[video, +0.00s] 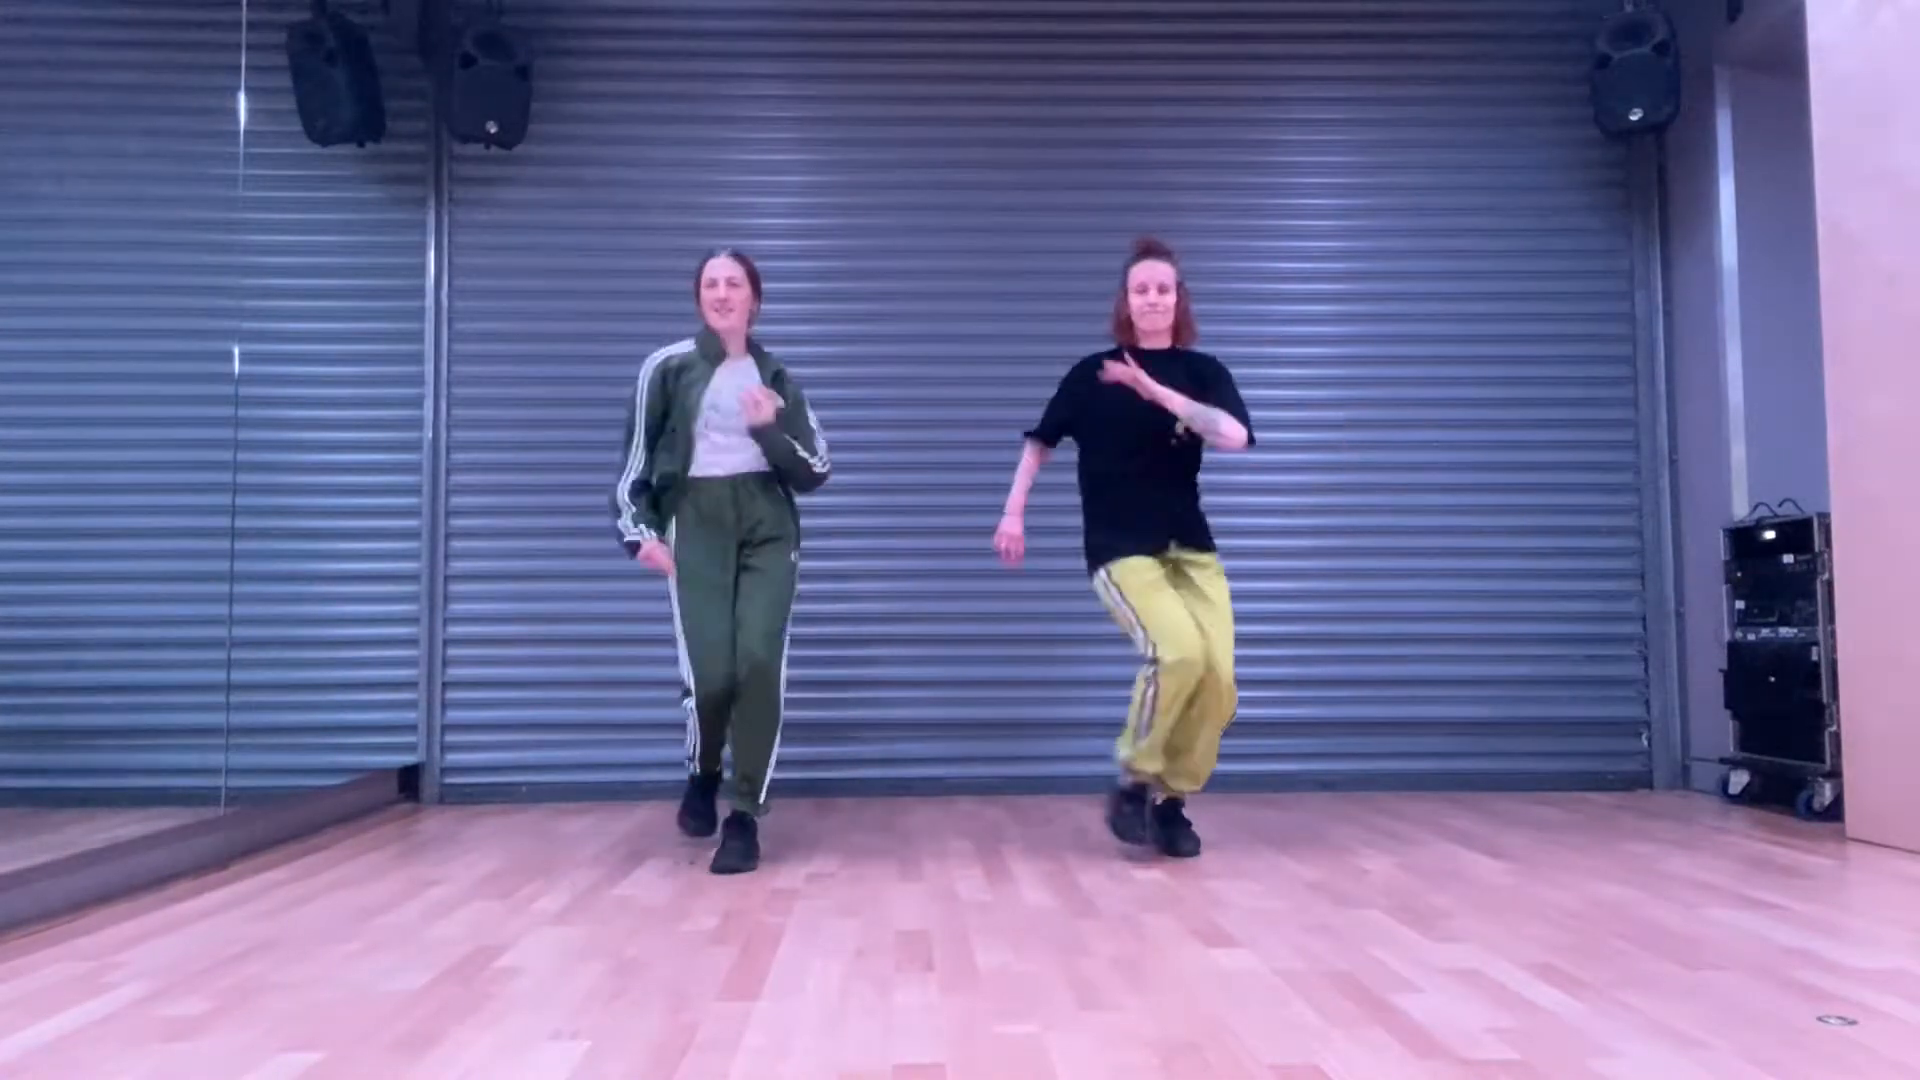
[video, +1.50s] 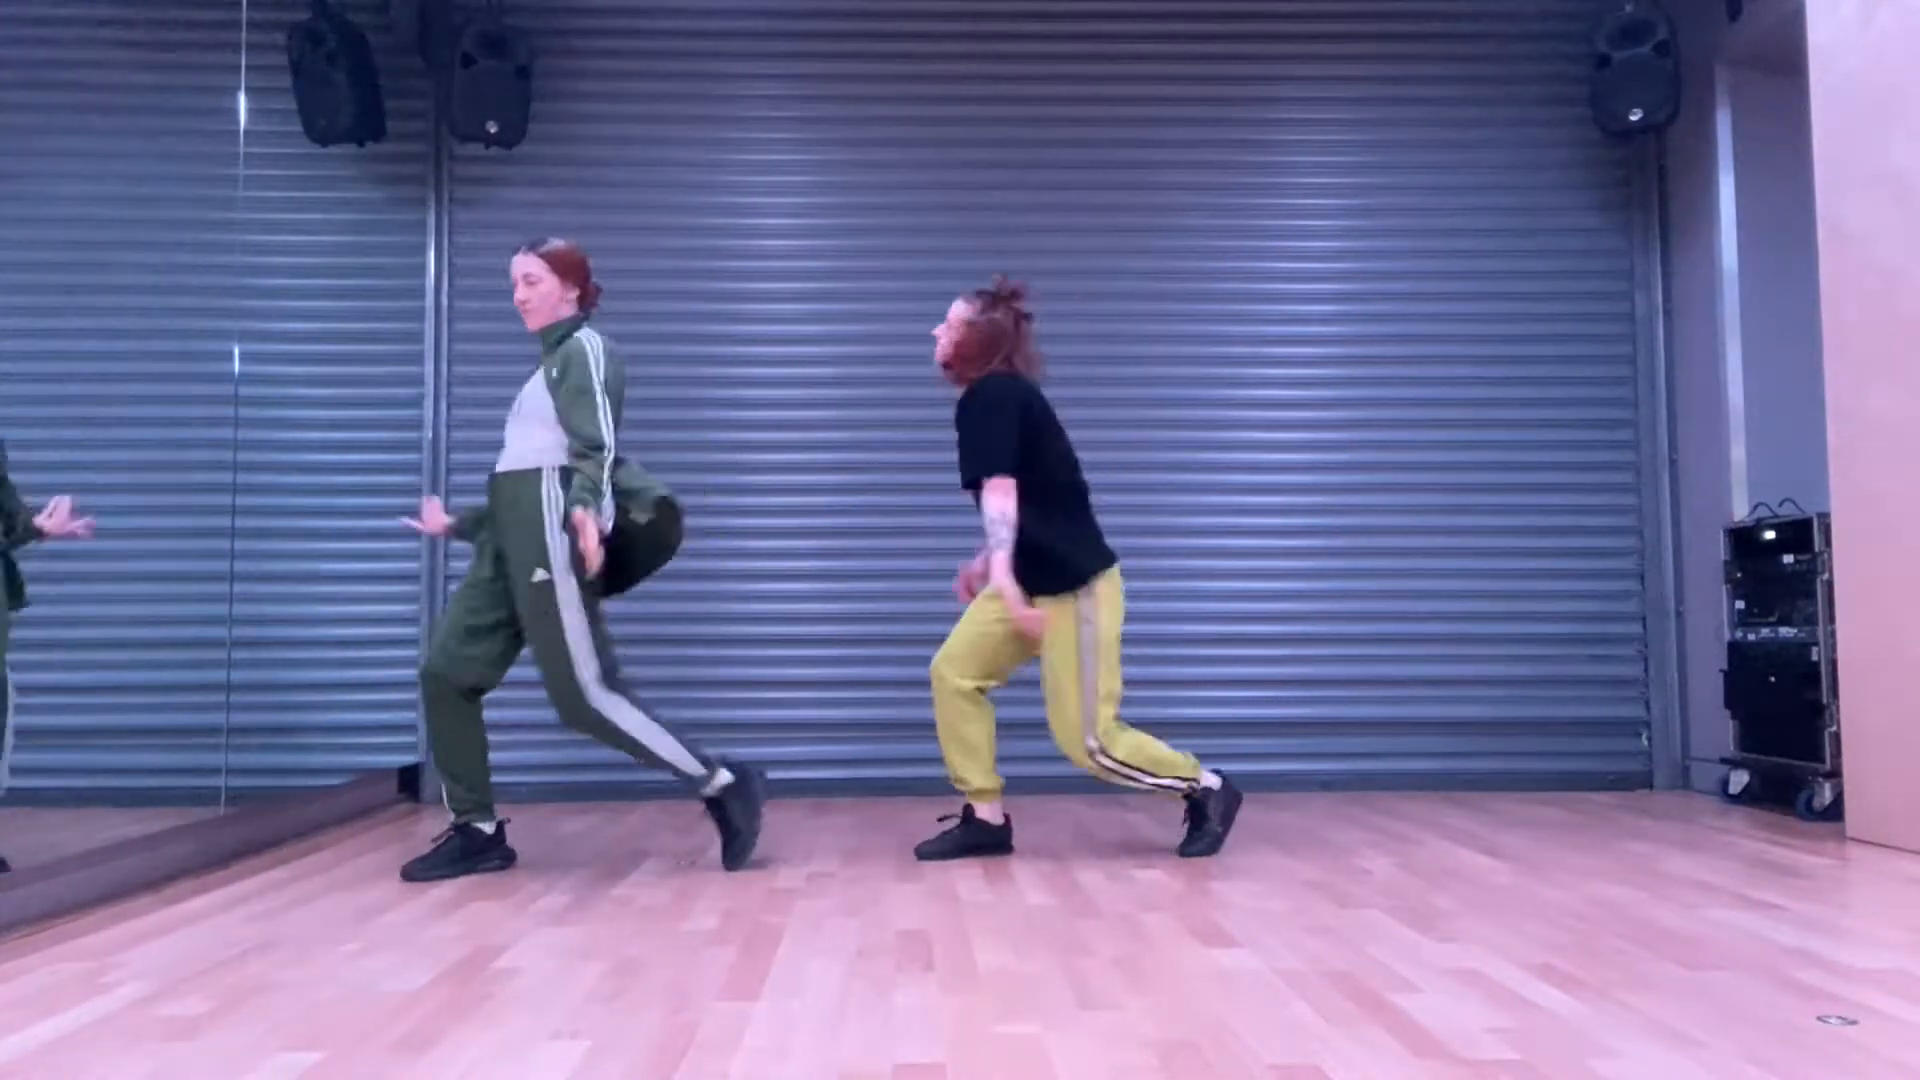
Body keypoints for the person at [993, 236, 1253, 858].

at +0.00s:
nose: (1152, 300)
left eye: (1163, 289)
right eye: (1140, 291)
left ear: (1180, 299)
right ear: (1124, 302)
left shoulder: (1202, 371)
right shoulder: (1092, 375)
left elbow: (1236, 437)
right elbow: (1039, 444)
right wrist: (1012, 515)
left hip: (1190, 545)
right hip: (1119, 548)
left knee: (1220, 679)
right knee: (1181, 653)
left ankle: (1170, 800)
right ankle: (1135, 782)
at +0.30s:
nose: (1158, 305)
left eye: (1169, 294)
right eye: (1146, 294)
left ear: (1186, 301)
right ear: (1131, 303)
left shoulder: (1219, 374)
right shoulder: (1107, 378)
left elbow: (1272, 443)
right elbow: (1064, 449)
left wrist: (1316, 484)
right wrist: (1036, 470)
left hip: (1179, 545)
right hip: (1112, 520)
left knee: (1203, 674)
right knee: (1080, 505)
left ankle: (1164, 806)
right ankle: (1023, 472)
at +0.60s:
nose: (1177, 324)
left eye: (1187, 313)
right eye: (1165, 313)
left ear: (1202, 320)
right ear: (1147, 319)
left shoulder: (1205, 404)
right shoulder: (1123, 371)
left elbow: (1232, 472)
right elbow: (1146, 431)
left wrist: (1305, 497)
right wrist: (1214, 462)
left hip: (1143, 571)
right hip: (1063, 557)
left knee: (1182, 689)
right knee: (1000, 680)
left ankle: (1171, 808)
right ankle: (917, 793)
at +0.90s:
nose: (1146, 336)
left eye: (1156, 323)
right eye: (1134, 324)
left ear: (1171, 328)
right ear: (1112, 332)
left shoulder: (1183, 409)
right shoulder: (1091, 393)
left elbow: (1232, 435)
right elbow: (1101, 399)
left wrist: (1292, 438)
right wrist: (1188, 397)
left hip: (1132, 588)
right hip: (1052, 579)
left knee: (1184, 695)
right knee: (986, 695)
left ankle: (1163, 809)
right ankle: (909, 799)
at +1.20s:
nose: (1121, 340)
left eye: (1117, 329)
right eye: (1102, 340)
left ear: (1127, 335)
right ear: (1078, 367)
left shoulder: (1154, 395)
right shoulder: (1062, 429)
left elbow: (1185, 358)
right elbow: (985, 496)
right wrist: (971, 585)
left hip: (1143, 586)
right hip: (1055, 584)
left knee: (1193, 692)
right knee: (983, 683)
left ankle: (1164, 810)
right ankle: (941, 803)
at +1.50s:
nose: (938, 332)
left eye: (950, 326)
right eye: (944, 322)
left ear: (979, 344)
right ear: (986, 347)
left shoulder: (995, 399)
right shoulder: (989, 399)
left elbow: (999, 500)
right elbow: (1020, 506)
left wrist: (1002, 573)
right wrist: (986, 562)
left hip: (1079, 586)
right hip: (1028, 583)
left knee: (1087, 739)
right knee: (955, 674)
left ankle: (1207, 790)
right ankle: (985, 818)